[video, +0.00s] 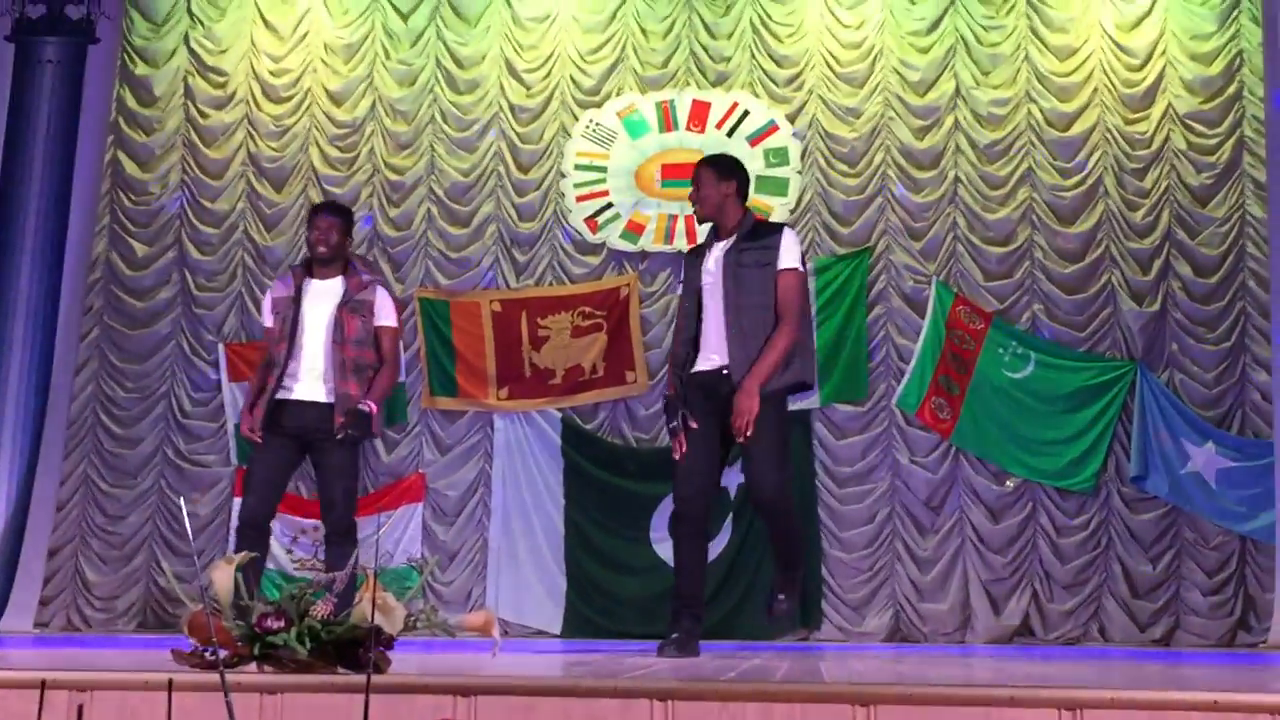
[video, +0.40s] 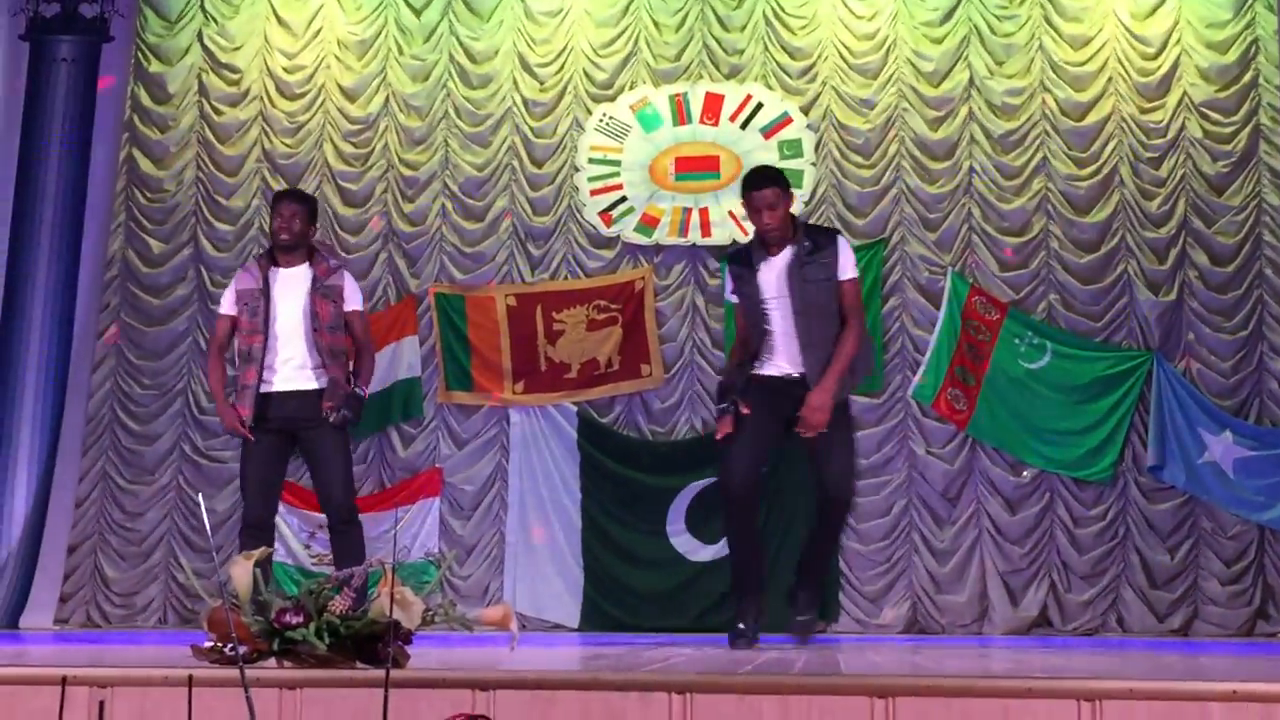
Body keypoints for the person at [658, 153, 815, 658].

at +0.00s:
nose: (692, 196)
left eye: (700, 187)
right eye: (693, 188)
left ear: (732, 191)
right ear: (715, 194)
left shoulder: (780, 240)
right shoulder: (699, 256)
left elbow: (791, 325)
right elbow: (683, 337)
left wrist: (751, 386)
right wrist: (675, 403)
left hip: (757, 388)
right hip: (700, 390)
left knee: (769, 493)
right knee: (689, 510)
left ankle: (788, 583)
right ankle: (686, 627)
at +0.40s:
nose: (767, 217)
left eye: (774, 206)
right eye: (757, 210)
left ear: (790, 204)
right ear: (746, 213)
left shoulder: (831, 246)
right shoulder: (741, 264)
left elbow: (854, 325)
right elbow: (744, 339)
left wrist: (826, 391)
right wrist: (727, 399)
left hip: (821, 389)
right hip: (762, 390)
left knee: (838, 492)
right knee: (736, 485)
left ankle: (807, 593)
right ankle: (748, 607)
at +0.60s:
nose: (807, 235)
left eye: (814, 224)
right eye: (797, 227)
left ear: (828, 219)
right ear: (783, 226)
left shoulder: (864, 257)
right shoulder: (772, 273)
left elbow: (886, 325)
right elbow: (774, 341)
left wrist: (873, 386)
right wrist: (770, 396)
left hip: (860, 399)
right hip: (799, 403)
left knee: (891, 501)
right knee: (775, 503)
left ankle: (896, 619)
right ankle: (771, 622)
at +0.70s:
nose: (833, 220)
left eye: (840, 210)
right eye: (824, 212)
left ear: (853, 204)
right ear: (811, 210)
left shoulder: (889, 239)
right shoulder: (795, 256)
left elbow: (912, 307)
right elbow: (794, 326)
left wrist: (910, 364)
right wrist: (798, 383)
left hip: (885, 382)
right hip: (827, 387)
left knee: (914, 482)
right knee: (816, 479)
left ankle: (907, 600)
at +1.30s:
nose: (926, 121)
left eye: (935, 112)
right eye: (917, 114)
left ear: (950, 121)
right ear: (906, 124)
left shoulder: (984, 177)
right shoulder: (885, 188)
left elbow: (997, 257)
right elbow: (880, 266)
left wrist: (974, 262)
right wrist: (893, 270)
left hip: (969, 325)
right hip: (910, 325)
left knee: (996, 438)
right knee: (872, 433)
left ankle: (1022, 557)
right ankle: (835, 551)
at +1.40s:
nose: (914, 131)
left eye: (923, 124)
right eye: (906, 125)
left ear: (938, 134)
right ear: (894, 136)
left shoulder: (969, 187)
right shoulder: (872, 196)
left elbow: (977, 271)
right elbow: (869, 276)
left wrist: (956, 265)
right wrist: (879, 266)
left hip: (955, 333)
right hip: (894, 337)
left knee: (994, 443)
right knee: (859, 445)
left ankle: (1020, 568)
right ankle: (829, 571)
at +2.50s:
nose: (927, 109)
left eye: (935, 102)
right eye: (918, 104)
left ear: (950, 114)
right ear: (905, 119)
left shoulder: (981, 174)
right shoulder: (884, 182)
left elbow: (1004, 256)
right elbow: (868, 264)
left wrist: (1067, 293)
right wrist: (821, 287)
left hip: (970, 320)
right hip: (906, 322)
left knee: (1004, 433)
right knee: (876, 434)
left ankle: (1037, 551)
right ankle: (846, 552)